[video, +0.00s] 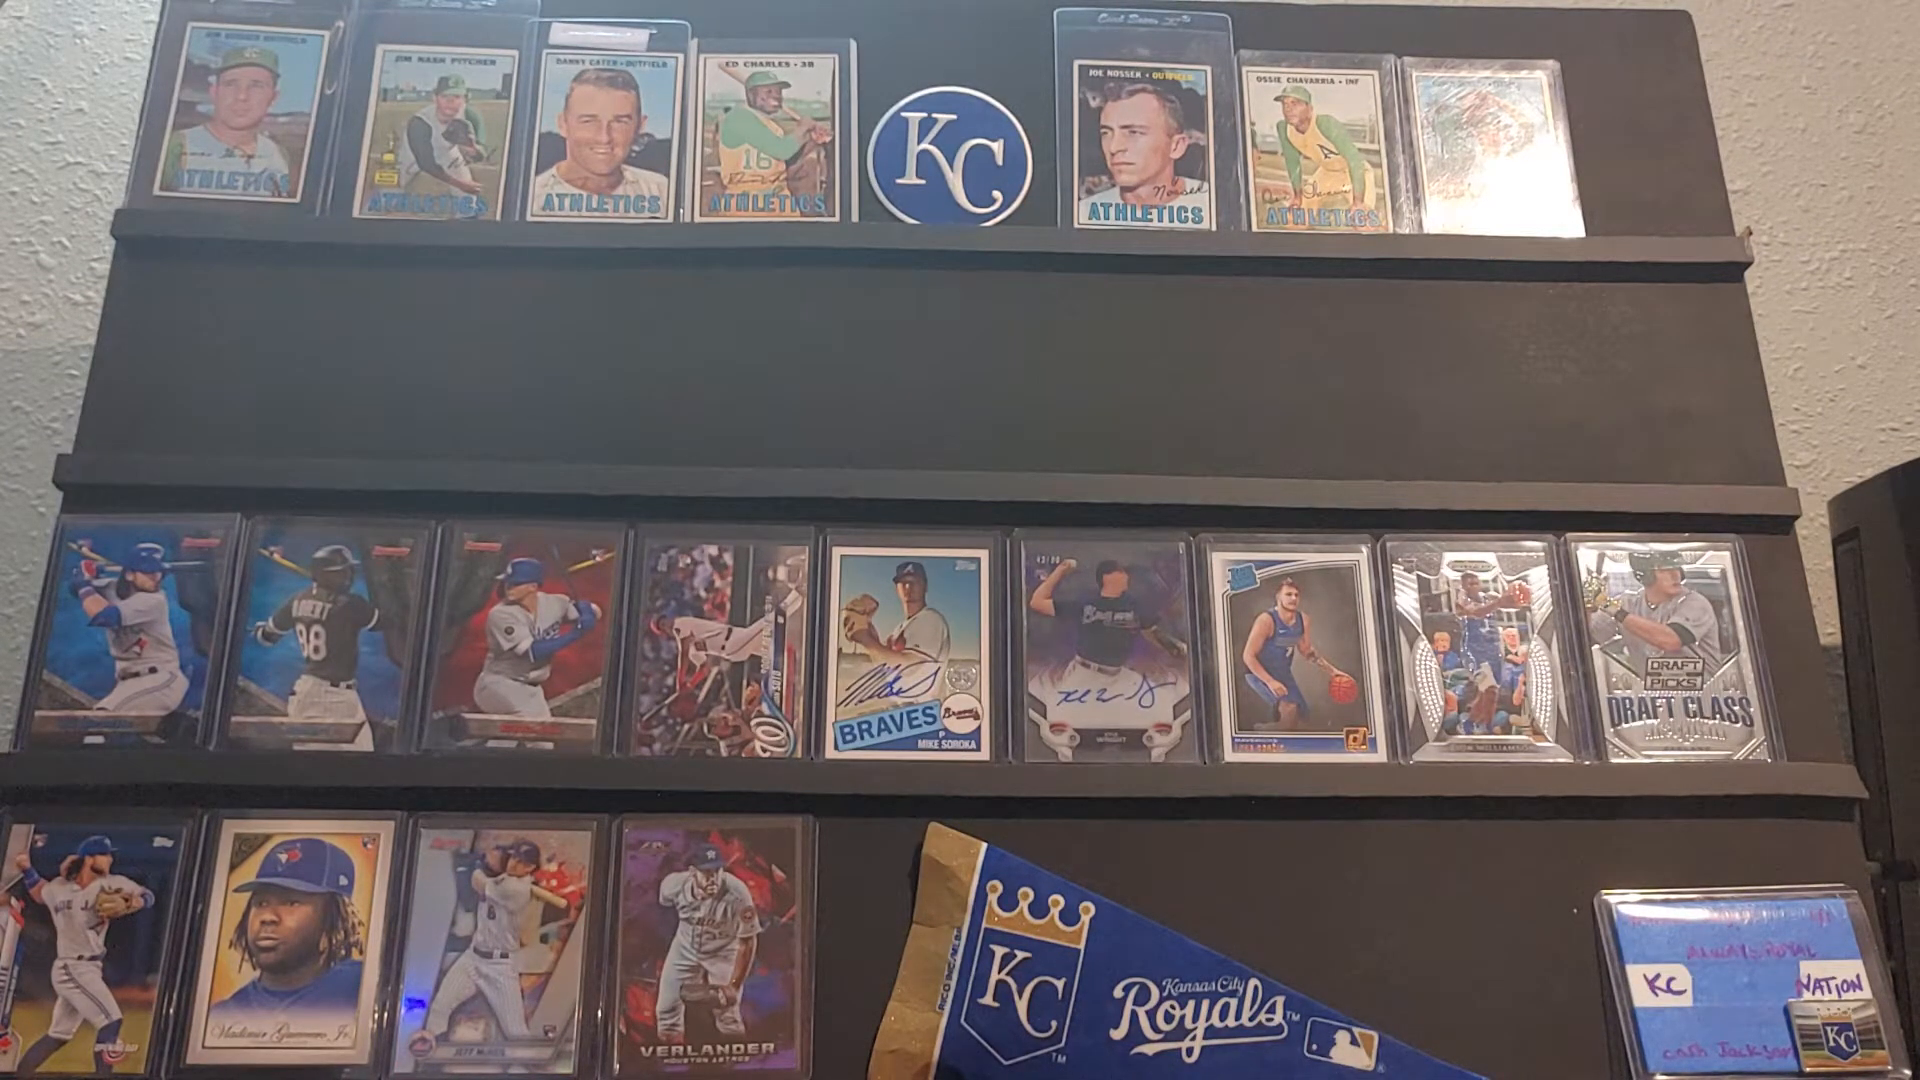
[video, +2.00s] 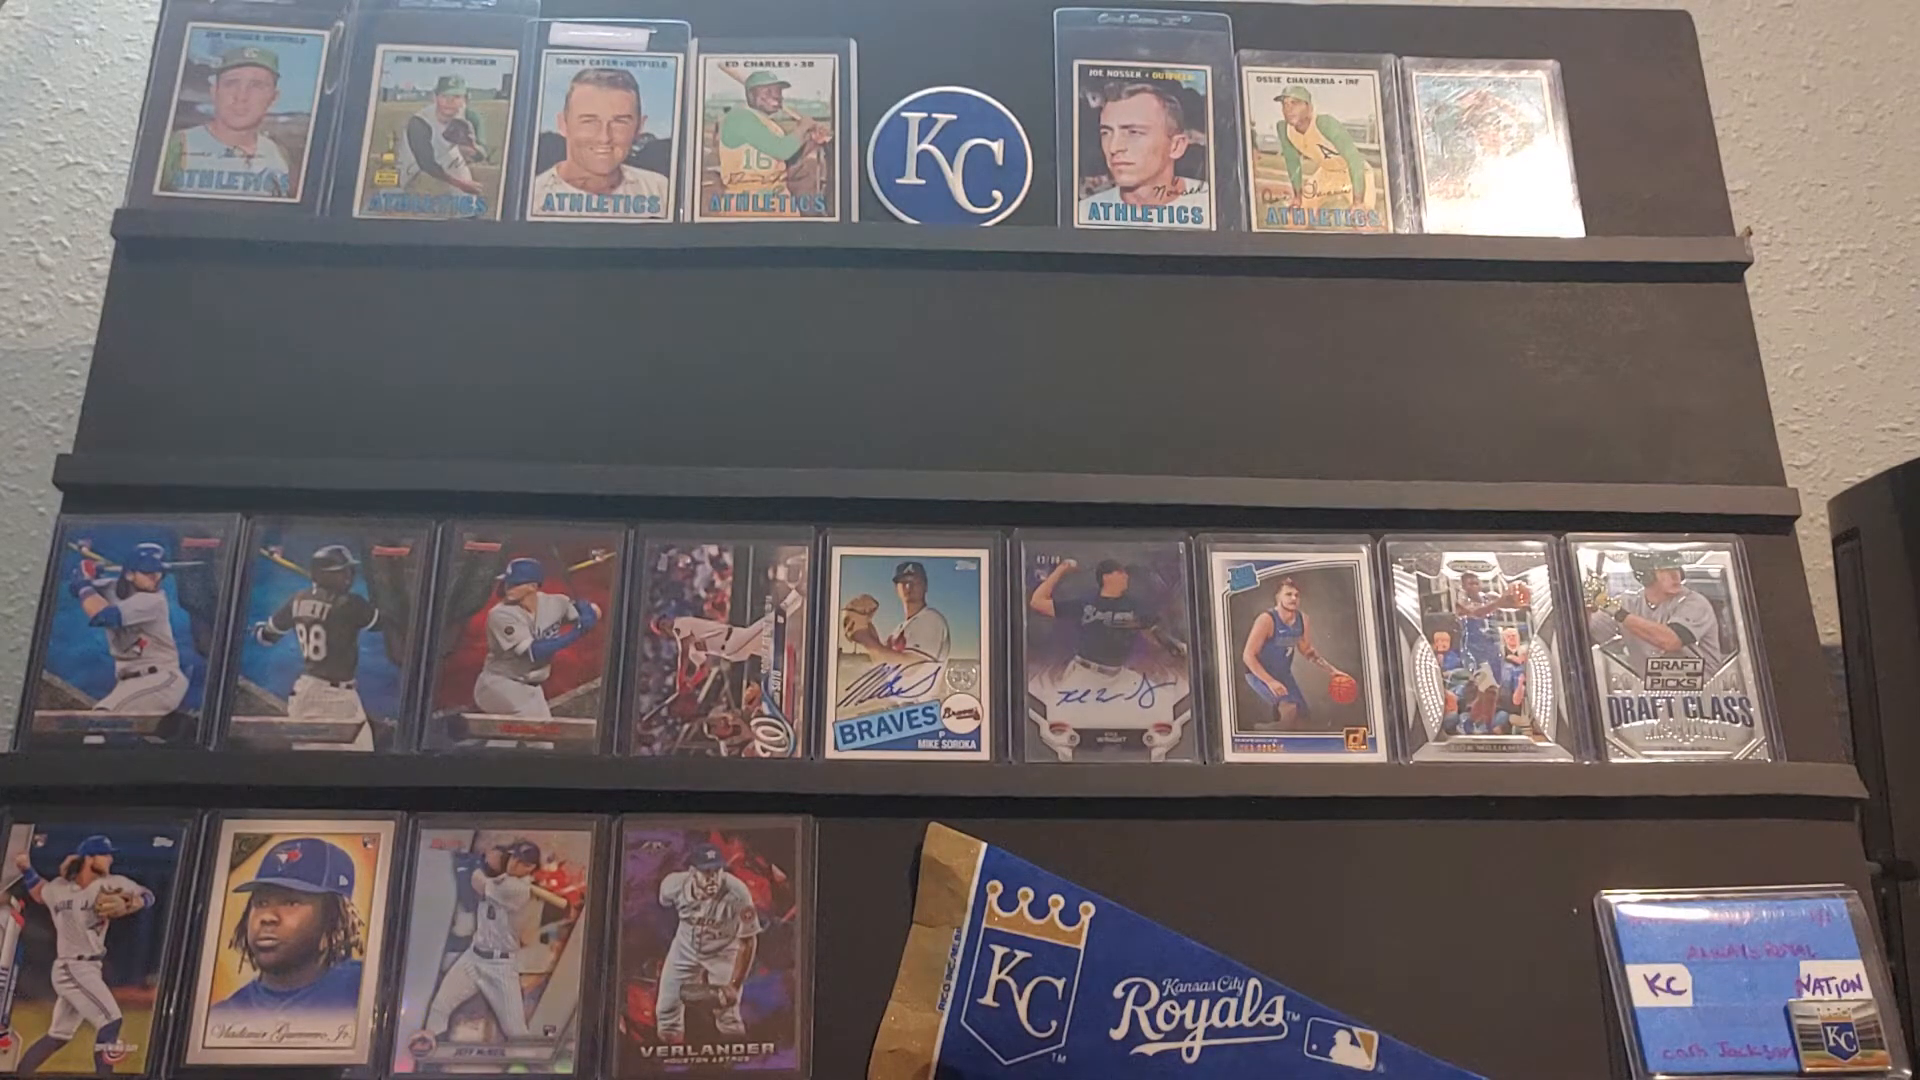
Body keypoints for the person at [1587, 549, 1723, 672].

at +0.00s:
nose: (1677, 575)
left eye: (1677, 568)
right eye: (1666, 569)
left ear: (1682, 570)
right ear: (1644, 574)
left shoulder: (1696, 604)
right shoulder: (1629, 604)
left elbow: (1671, 641)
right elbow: (1587, 639)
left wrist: (1619, 614)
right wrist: (1585, 610)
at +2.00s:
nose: (1676, 575)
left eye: (1677, 568)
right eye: (1667, 569)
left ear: (1682, 570)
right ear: (1645, 574)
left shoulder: (1696, 604)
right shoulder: (1627, 604)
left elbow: (1670, 641)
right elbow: (1584, 638)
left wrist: (1621, 614)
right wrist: (1585, 609)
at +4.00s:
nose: (1676, 575)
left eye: (1677, 568)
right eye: (1666, 569)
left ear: (1682, 571)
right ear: (1644, 574)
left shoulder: (1696, 604)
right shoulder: (1628, 604)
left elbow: (1671, 641)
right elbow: (1586, 635)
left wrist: (1619, 613)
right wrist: (1584, 607)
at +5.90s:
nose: (1675, 574)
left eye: (1676, 567)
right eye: (1665, 569)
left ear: (1682, 570)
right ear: (1643, 575)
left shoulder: (1696, 604)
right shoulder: (1628, 604)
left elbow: (1671, 641)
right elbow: (1586, 637)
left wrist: (1620, 614)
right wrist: (1585, 609)